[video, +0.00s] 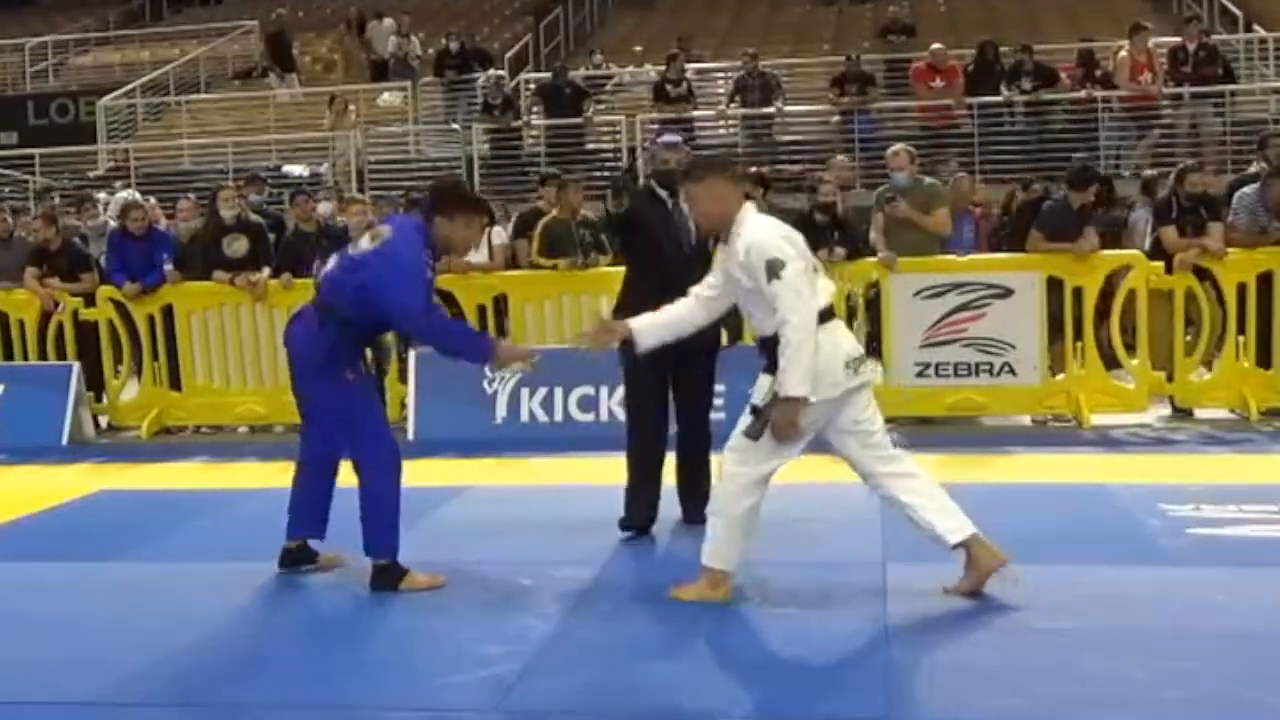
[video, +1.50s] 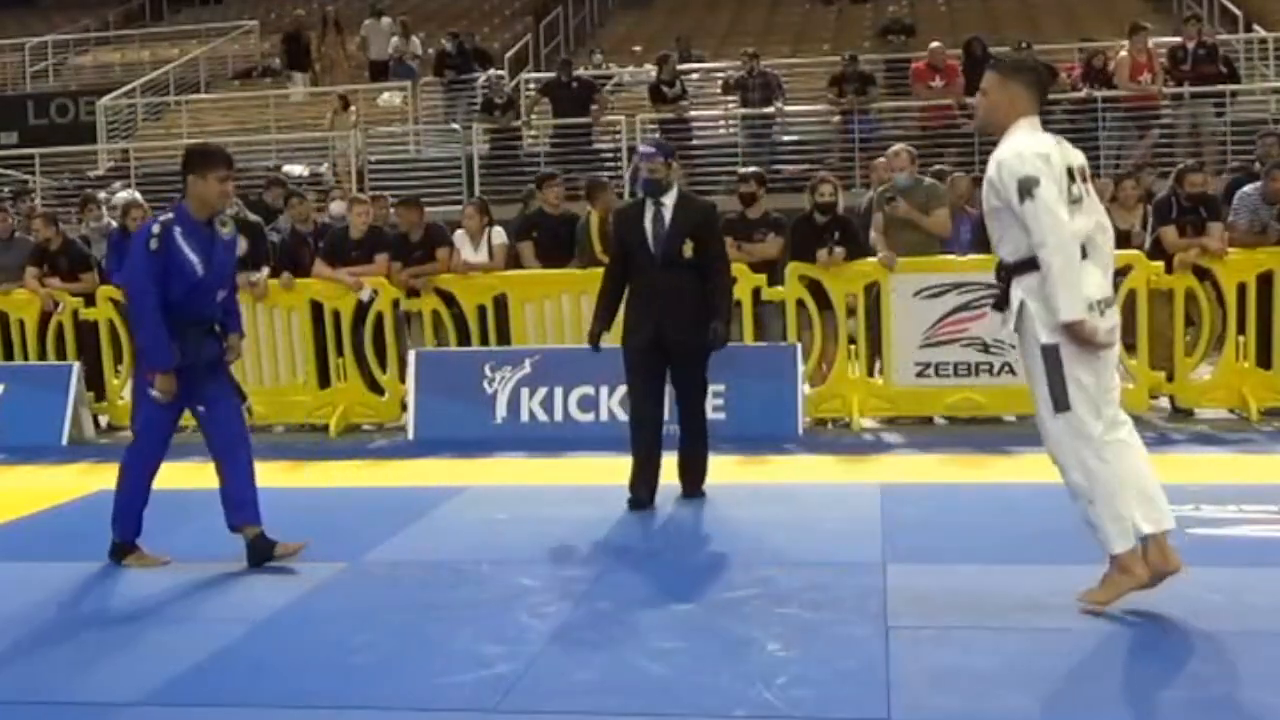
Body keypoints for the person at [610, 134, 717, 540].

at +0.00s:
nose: (669, 163)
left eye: (677, 155)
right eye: (662, 156)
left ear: (689, 161)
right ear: (650, 162)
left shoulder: (706, 205)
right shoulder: (636, 208)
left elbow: (726, 260)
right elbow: (626, 251)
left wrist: (728, 316)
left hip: (698, 320)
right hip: (645, 319)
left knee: (695, 422)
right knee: (646, 424)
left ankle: (695, 508)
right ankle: (639, 516)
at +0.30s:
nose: (673, 166)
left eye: (680, 159)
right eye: (666, 159)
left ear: (690, 163)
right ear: (652, 162)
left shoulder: (702, 207)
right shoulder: (632, 203)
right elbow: (628, 255)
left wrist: (723, 323)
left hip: (697, 317)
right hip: (643, 312)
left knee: (695, 418)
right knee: (639, 411)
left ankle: (693, 503)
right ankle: (634, 487)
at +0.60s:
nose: (650, 169)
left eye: (656, 162)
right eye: (643, 163)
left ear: (668, 165)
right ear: (631, 167)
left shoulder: (688, 202)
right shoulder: (622, 204)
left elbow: (707, 252)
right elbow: (614, 216)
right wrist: (618, 194)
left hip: (689, 321)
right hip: (636, 323)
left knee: (689, 416)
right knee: (639, 415)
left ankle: (692, 496)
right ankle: (643, 490)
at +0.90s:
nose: (636, 169)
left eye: (642, 162)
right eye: (629, 163)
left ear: (654, 166)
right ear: (618, 169)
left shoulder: (676, 205)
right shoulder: (601, 214)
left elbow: (694, 263)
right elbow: (588, 264)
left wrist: (707, 316)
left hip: (679, 324)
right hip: (630, 327)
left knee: (686, 412)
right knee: (636, 415)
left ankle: (694, 492)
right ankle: (641, 493)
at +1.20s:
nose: (633, 172)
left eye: (639, 165)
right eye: (626, 166)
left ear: (653, 166)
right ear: (616, 171)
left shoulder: (681, 205)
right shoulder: (602, 216)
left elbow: (703, 265)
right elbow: (594, 270)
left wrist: (714, 318)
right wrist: (589, 316)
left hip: (682, 322)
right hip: (631, 325)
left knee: (695, 401)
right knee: (637, 410)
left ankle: (695, 469)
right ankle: (641, 490)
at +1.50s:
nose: (646, 171)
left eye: (653, 165)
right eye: (642, 165)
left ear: (671, 168)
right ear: (636, 170)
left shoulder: (700, 212)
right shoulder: (625, 216)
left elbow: (717, 271)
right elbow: (616, 273)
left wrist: (720, 319)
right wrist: (600, 322)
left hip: (689, 328)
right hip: (641, 328)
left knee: (691, 411)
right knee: (643, 413)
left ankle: (692, 485)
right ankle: (641, 492)